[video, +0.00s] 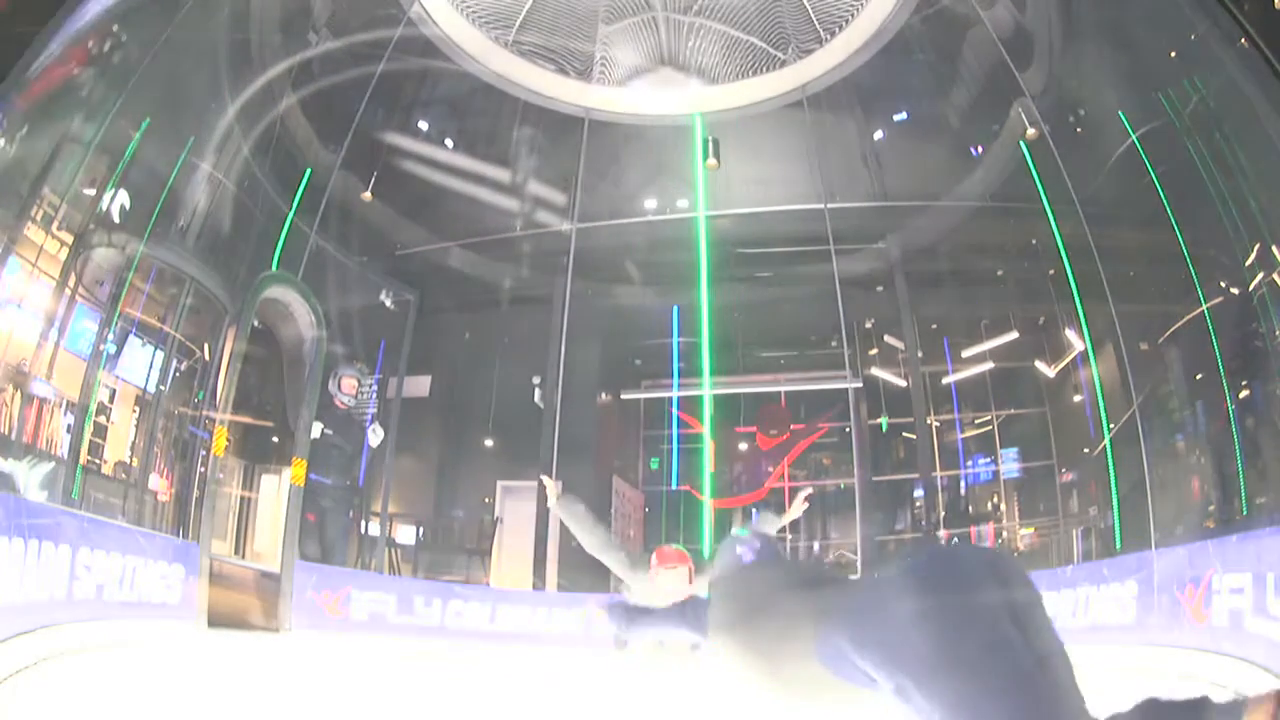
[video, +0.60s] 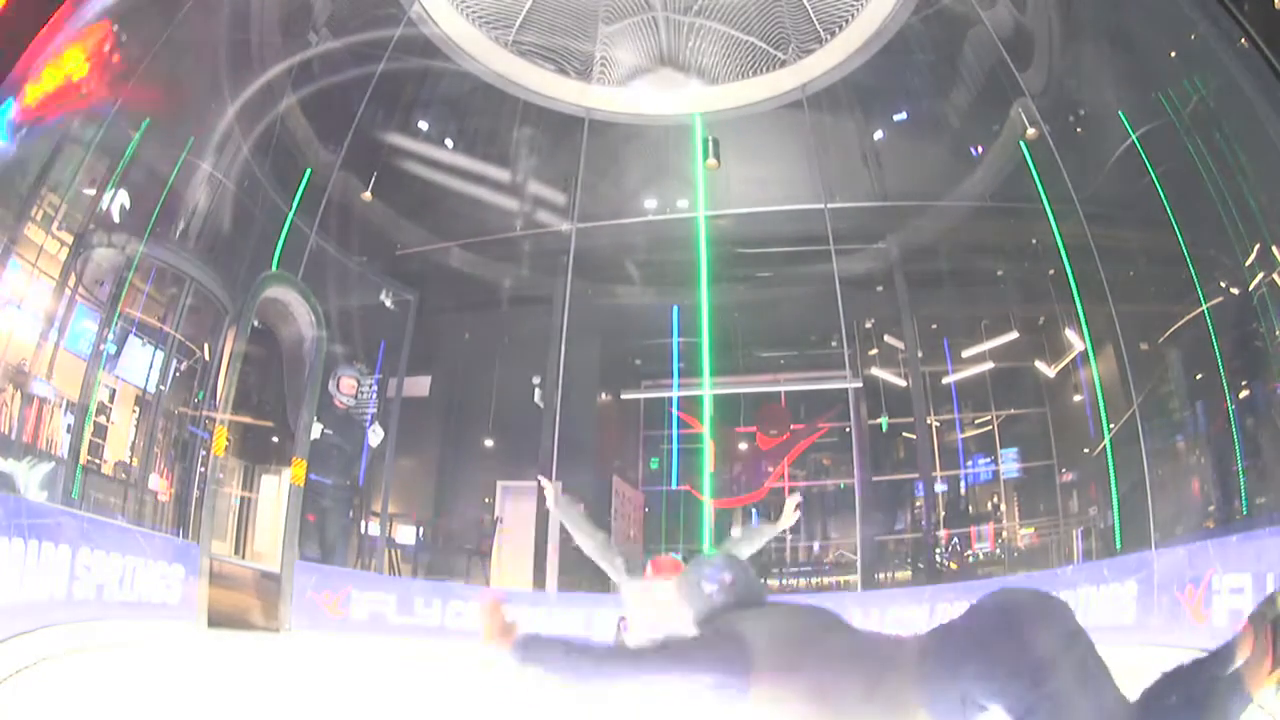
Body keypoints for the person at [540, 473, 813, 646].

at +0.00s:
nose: (678, 586)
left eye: (682, 579)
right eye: (671, 579)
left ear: (691, 576)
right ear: (654, 576)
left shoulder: (704, 587)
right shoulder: (635, 583)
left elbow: (740, 545)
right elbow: (597, 540)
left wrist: (784, 516)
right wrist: (560, 501)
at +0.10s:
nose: (671, 585)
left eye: (677, 577)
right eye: (664, 577)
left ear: (689, 574)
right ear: (651, 576)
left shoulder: (702, 592)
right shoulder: (636, 584)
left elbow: (734, 547)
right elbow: (599, 542)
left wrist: (777, 511)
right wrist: (562, 501)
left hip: (690, 657)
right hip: (641, 654)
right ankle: (584, 639)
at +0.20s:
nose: (672, 577)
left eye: (678, 569)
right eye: (664, 569)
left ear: (688, 571)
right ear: (651, 568)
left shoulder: (701, 588)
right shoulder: (636, 582)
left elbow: (733, 545)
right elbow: (599, 539)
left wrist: (774, 510)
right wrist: (561, 502)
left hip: (694, 668)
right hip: (645, 669)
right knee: (575, 664)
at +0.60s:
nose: (670, 592)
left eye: (675, 585)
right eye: (662, 585)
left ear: (683, 582)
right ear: (648, 583)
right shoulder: (633, 587)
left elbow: (734, 550)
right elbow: (595, 544)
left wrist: (778, 526)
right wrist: (559, 503)